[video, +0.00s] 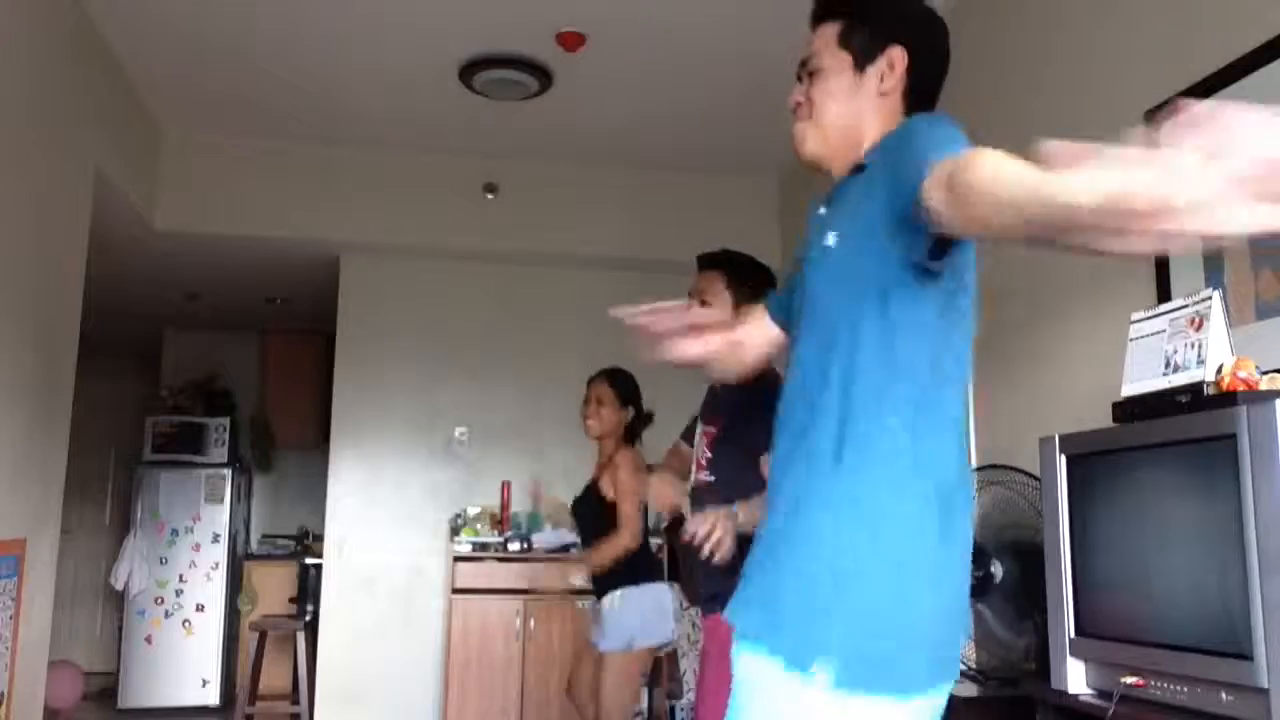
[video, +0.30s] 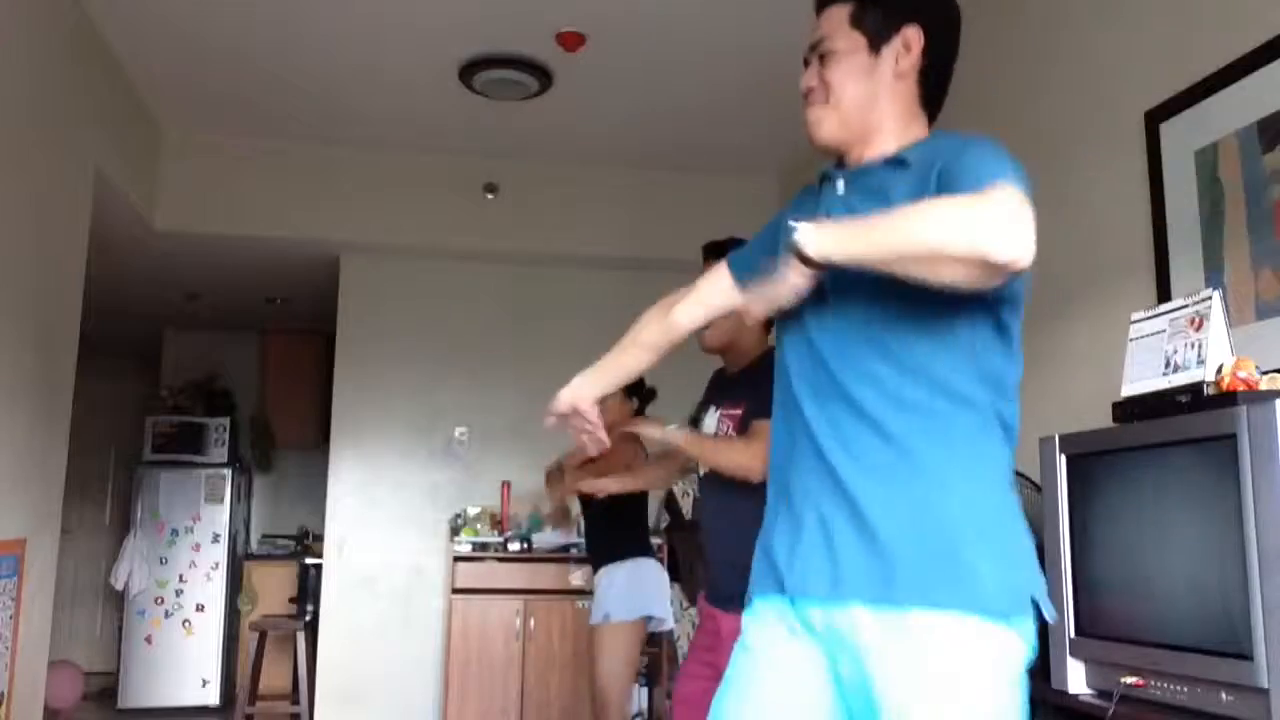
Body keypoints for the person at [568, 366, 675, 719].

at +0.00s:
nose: (589, 412)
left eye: (601, 403)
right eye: (587, 402)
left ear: (627, 413)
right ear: (583, 407)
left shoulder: (625, 460)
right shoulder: (605, 462)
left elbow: (631, 535)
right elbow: (608, 530)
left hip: (635, 596)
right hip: (613, 593)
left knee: (614, 708)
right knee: (581, 693)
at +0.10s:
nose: (590, 414)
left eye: (602, 406)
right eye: (587, 405)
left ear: (627, 417)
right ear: (583, 410)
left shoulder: (624, 461)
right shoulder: (605, 464)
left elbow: (636, 544)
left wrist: (596, 613)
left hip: (632, 592)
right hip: (613, 589)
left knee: (606, 708)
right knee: (601, 706)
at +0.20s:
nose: (591, 401)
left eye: (602, 393)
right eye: (589, 392)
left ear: (626, 404)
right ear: (585, 399)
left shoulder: (625, 450)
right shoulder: (604, 449)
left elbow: (622, 512)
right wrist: (566, 470)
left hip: (627, 570)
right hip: (615, 568)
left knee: (604, 696)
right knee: (601, 694)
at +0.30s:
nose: (600, 406)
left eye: (609, 398)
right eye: (600, 398)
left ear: (630, 403)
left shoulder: (627, 444)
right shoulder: (606, 447)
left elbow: (582, 483)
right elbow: (556, 481)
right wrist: (569, 467)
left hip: (627, 574)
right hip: (613, 574)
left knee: (613, 702)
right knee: (607, 701)